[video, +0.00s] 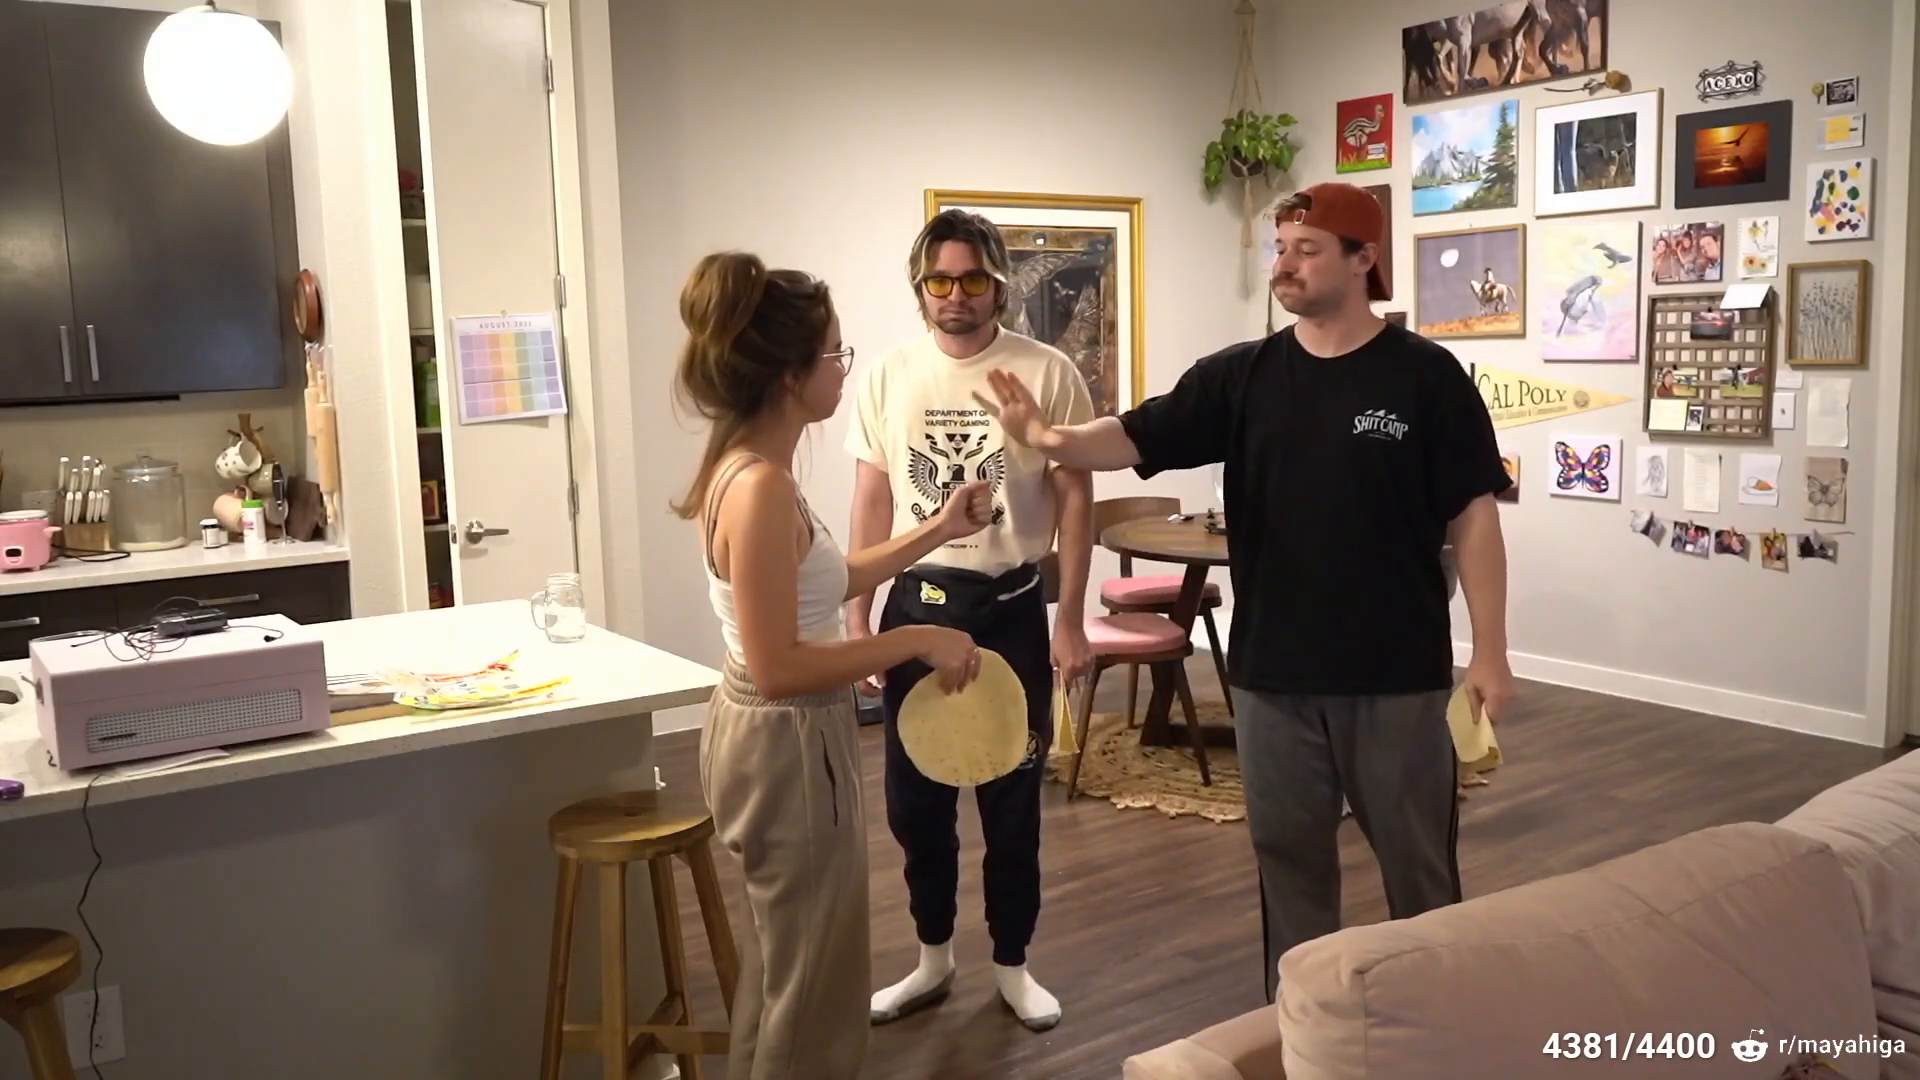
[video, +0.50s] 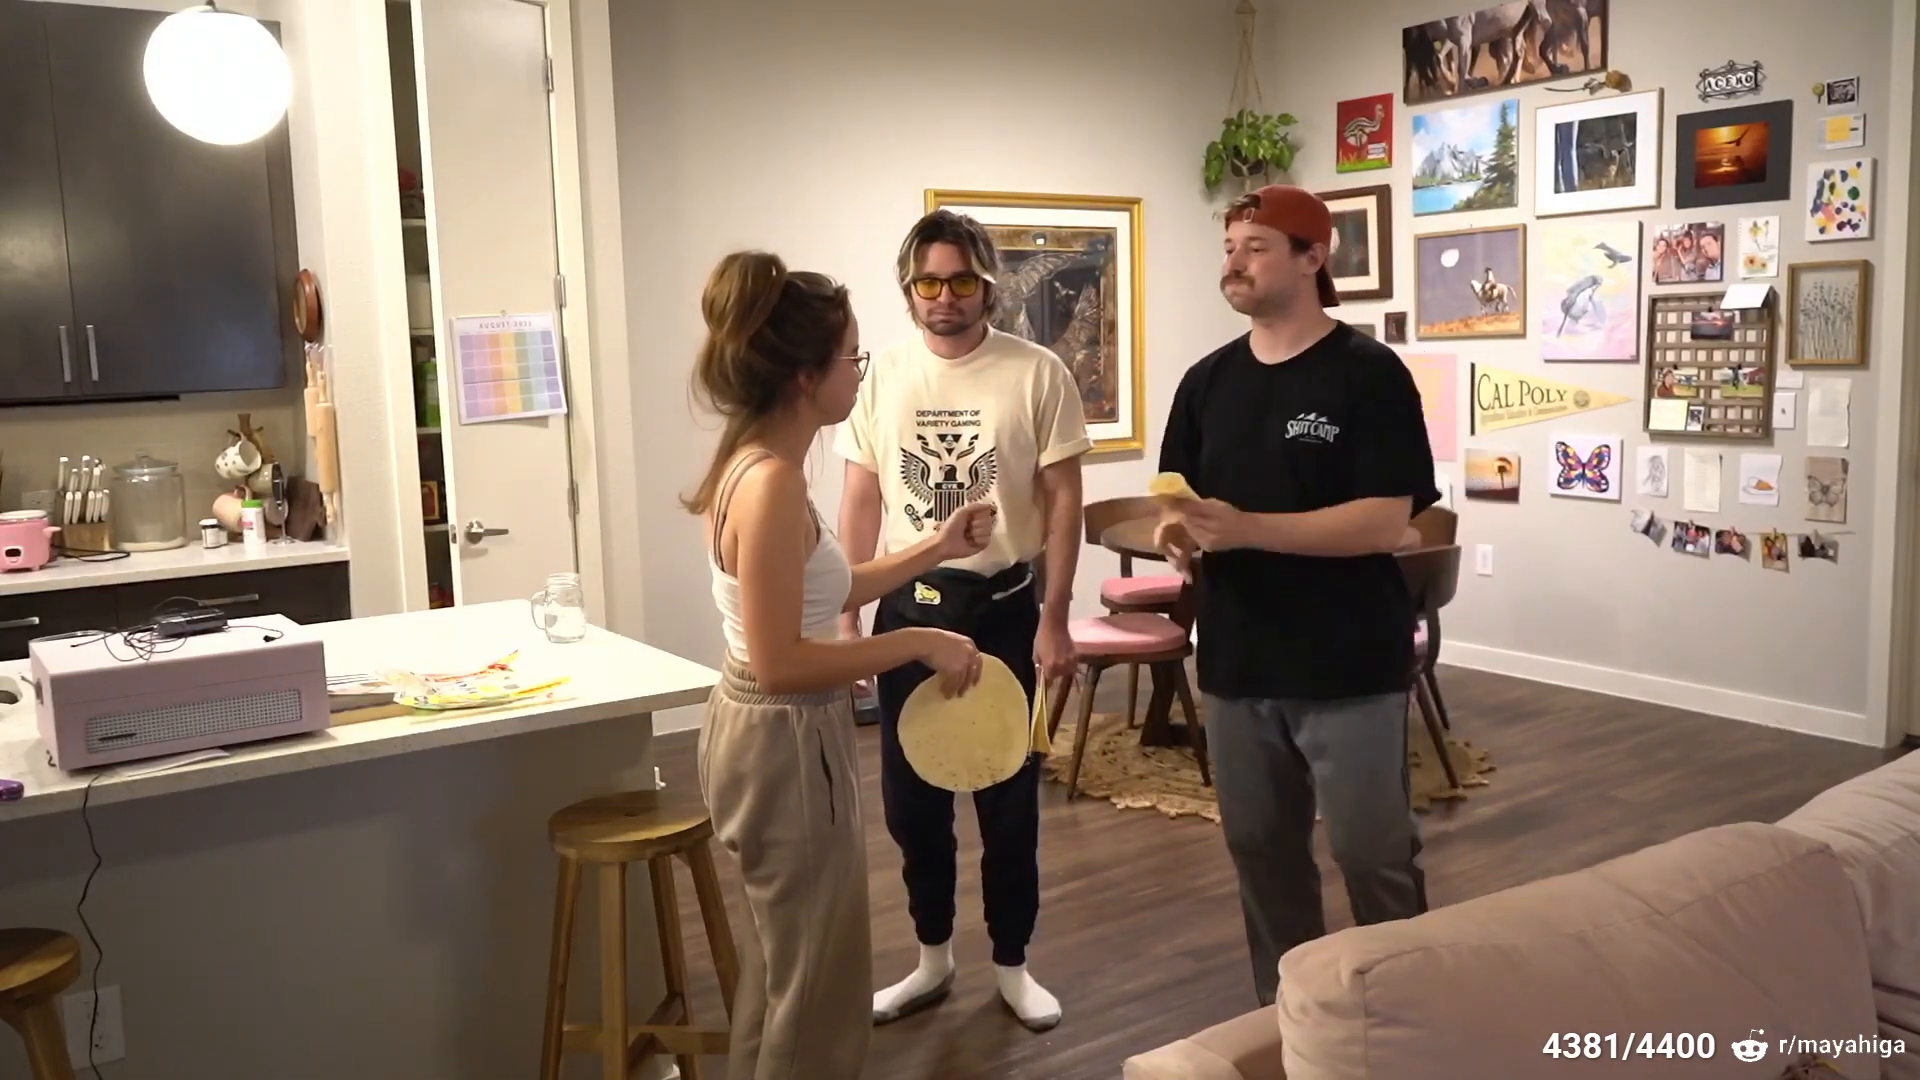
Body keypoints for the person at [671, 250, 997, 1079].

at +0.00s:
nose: (846, 367)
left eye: (841, 352)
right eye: (835, 355)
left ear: (778, 377)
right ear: (787, 376)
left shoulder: (751, 468)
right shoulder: (757, 487)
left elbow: (825, 583)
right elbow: (776, 668)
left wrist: (936, 530)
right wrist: (920, 641)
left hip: (773, 732)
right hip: (786, 746)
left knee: (786, 968)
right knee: (813, 981)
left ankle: (763, 1073)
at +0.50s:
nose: (861, 371)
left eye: (857, 356)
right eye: (852, 359)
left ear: (795, 377)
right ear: (805, 376)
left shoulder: (753, 468)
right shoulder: (770, 482)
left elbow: (823, 592)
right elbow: (780, 665)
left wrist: (937, 546)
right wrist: (924, 646)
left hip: (761, 730)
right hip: (785, 744)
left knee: (781, 968)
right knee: (815, 978)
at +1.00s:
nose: (869, 369)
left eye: (864, 353)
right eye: (858, 356)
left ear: (804, 377)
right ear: (811, 378)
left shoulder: (767, 468)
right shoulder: (777, 483)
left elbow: (797, 625)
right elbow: (779, 664)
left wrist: (900, 623)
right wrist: (919, 653)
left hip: (780, 731)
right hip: (792, 743)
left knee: (786, 963)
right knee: (817, 976)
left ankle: (762, 1074)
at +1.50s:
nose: (866, 382)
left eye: (864, 365)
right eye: (855, 369)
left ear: (796, 382)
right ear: (797, 382)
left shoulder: (783, 473)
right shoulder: (761, 489)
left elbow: (797, 616)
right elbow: (750, 671)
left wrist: (888, 627)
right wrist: (896, 663)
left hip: (798, 739)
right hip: (782, 751)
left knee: (795, 970)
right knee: (811, 983)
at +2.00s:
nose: (704, 431)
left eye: (719, 406)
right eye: (683, 415)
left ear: (768, 395)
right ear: (666, 415)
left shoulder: (816, 462)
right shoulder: (665, 497)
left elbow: (831, 621)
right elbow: (669, 660)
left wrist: (765, 491)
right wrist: (783, 649)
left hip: (817, 731)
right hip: (715, 743)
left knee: (826, 988)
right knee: (774, 1010)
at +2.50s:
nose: (515, 637)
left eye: (525, 615)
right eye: (502, 618)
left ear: (597, 586)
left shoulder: (703, 591)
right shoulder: (546, 627)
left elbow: (728, 766)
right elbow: (563, 750)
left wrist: (617, 671)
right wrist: (557, 847)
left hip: (772, 789)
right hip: (653, 791)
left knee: (806, 1047)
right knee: (643, 1040)